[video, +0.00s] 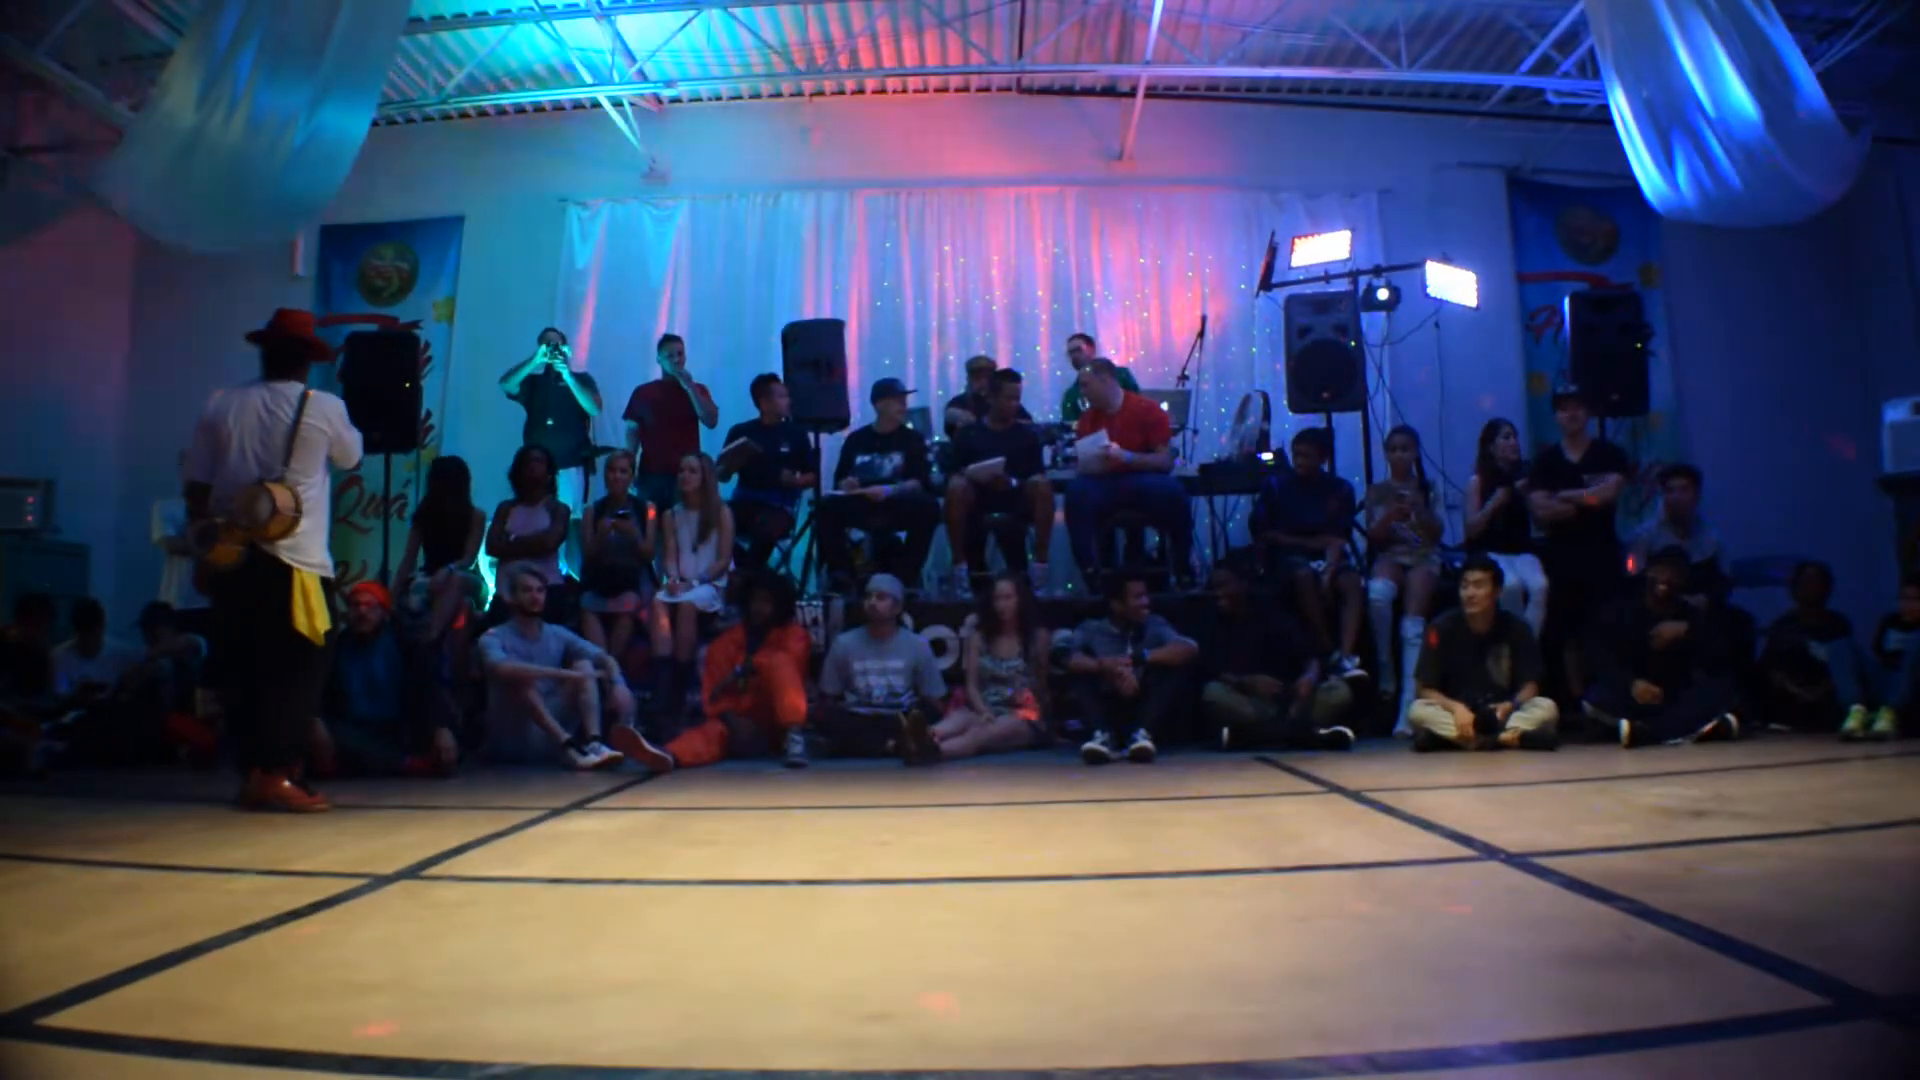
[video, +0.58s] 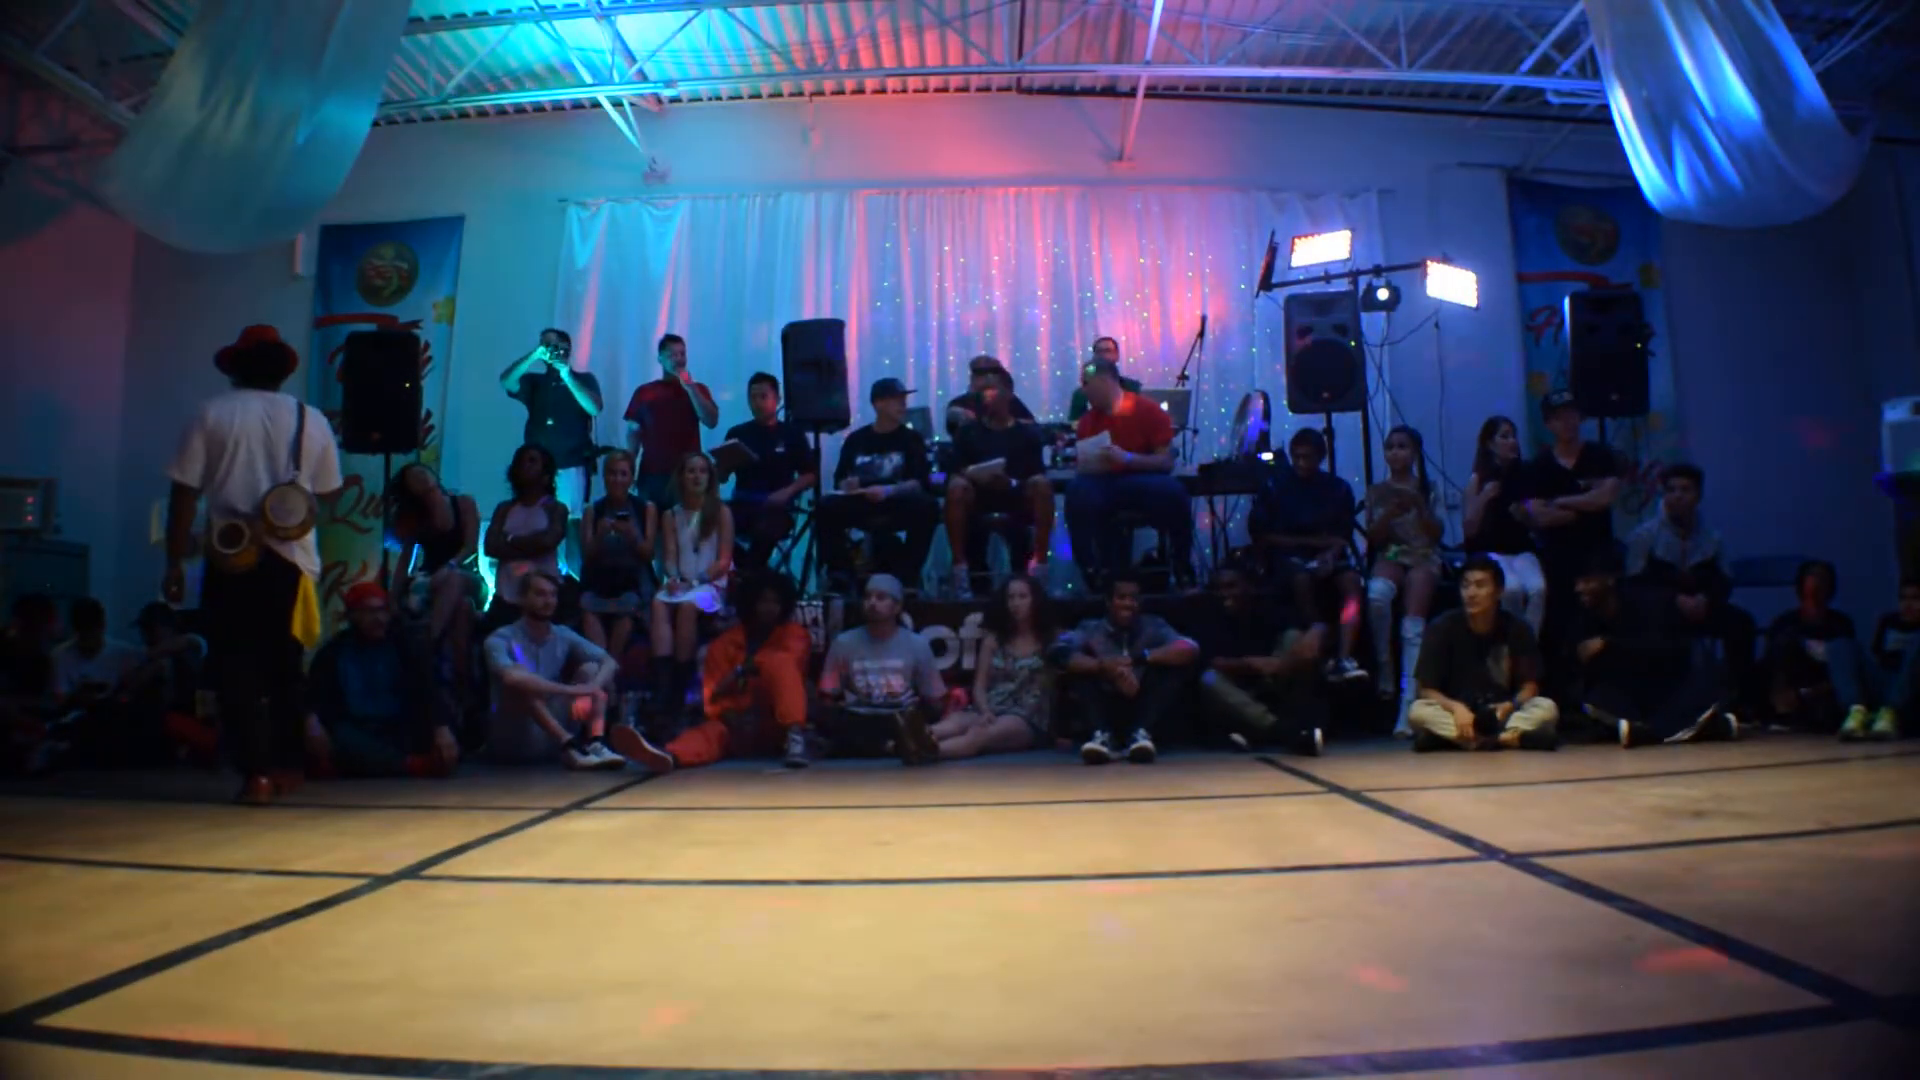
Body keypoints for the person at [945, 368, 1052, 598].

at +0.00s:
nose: (1016, 405)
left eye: (1018, 398)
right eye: (1010, 398)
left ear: (1020, 398)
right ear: (991, 398)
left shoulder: (1027, 434)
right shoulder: (969, 433)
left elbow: (1037, 473)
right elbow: (954, 470)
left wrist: (1009, 482)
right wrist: (974, 476)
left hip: (1014, 491)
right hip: (979, 491)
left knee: (1042, 487)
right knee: (957, 488)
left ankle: (1041, 563)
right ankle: (959, 566)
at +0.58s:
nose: (989, 395)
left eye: (995, 388)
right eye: (985, 389)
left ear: (1009, 394)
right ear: (978, 395)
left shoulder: (1027, 431)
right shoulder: (968, 432)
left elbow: (1037, 472)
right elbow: (955, 468)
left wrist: (1010, 482)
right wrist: (973, 475)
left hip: (1014, 490)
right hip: (980, 490)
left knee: (1041, 485)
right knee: (957, 487)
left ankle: (1039, 560)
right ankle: (959, 564)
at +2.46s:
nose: (971, 395)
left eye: (976, 390)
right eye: (970, 391)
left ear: (995, 396)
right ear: (970, 402)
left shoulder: (1021, 432)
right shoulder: (964, 434)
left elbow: (1034, 471)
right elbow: (953, 473)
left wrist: (1010, 483)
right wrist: (981, 481)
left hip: (1012, 492)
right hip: (977, 493)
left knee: (1042, 485)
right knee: (957, 489)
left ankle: (1040, 561)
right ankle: (958, 565)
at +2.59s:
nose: (972, 395)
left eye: (978, 391)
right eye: (971, 392)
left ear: (996, 396)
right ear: (970, 401)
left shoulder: (1021, 431)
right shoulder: (965, 433)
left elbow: (1033, 471)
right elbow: (953, 474)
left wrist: (1010, 483)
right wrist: (982, 480)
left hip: (1012, 493)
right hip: (977, 494)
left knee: (1042, 485)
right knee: (957, 489)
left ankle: (1040, 564)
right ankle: (958, 566)